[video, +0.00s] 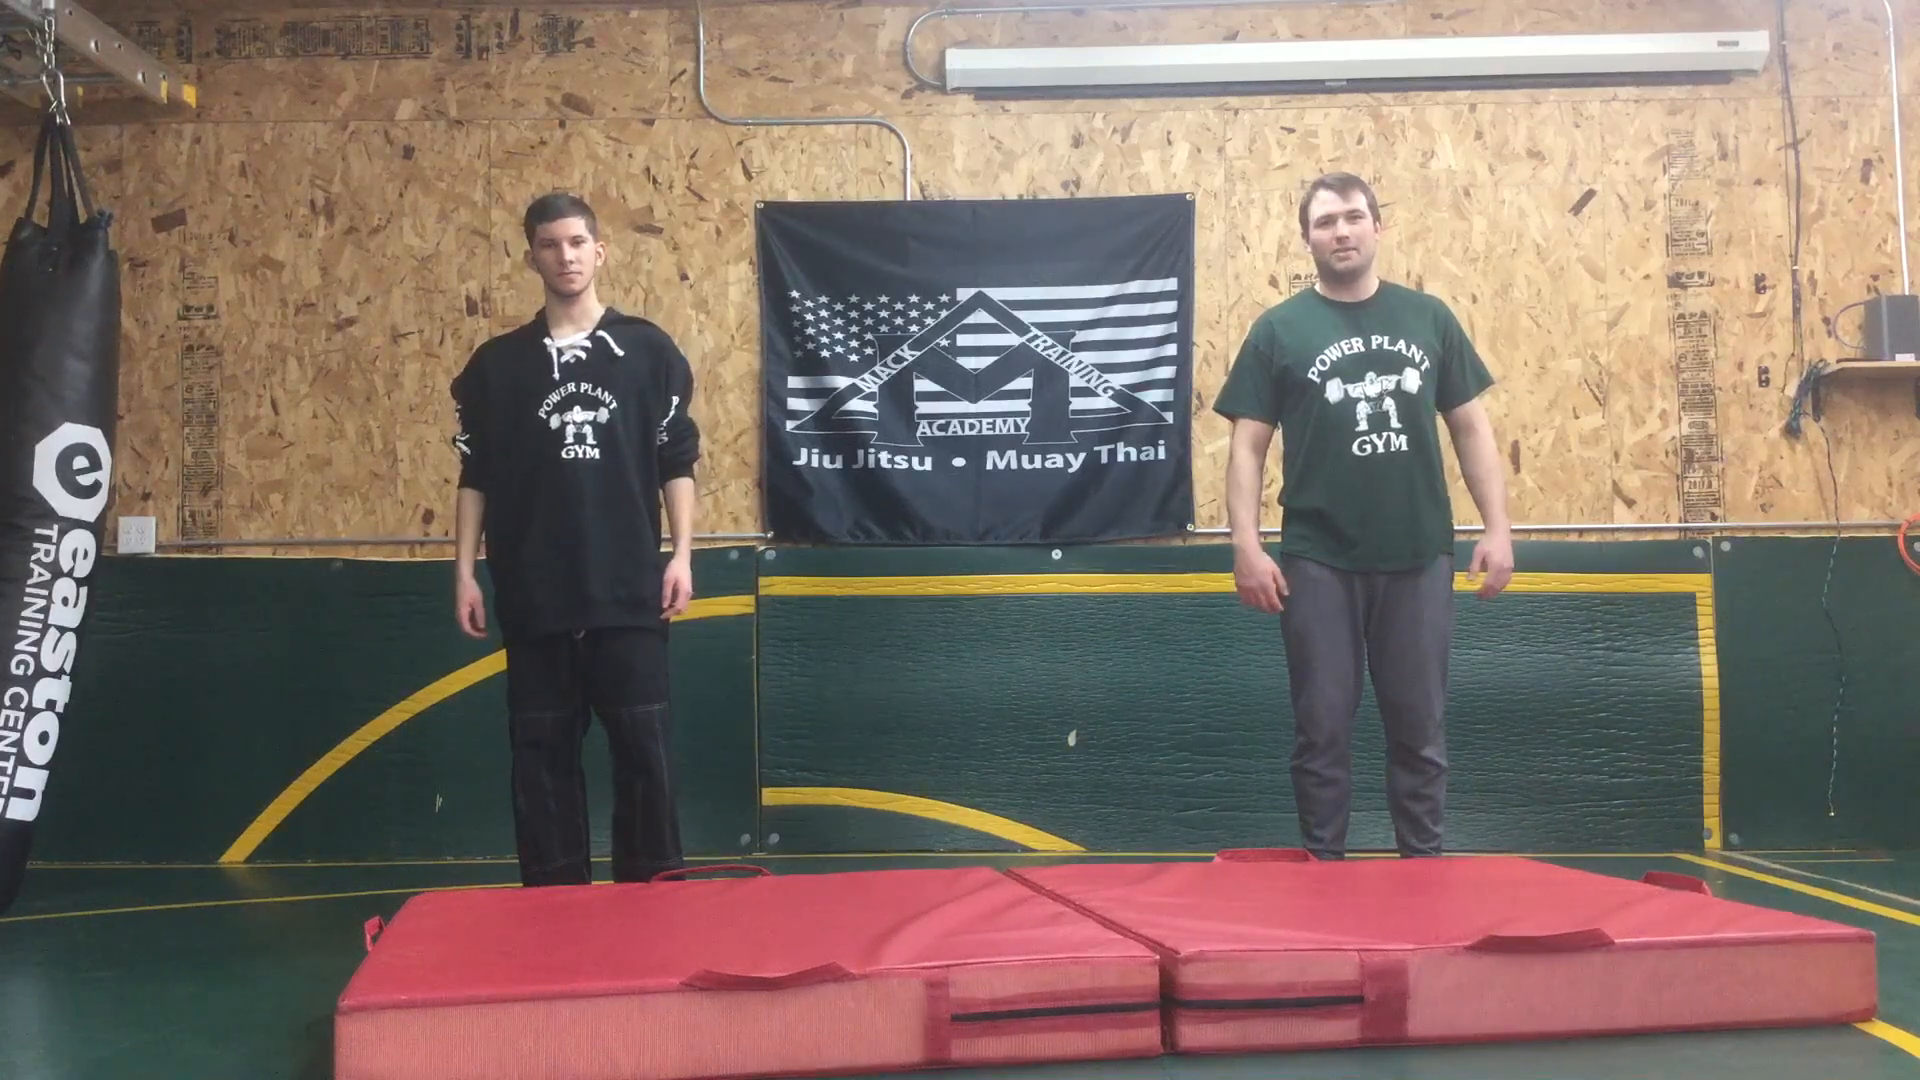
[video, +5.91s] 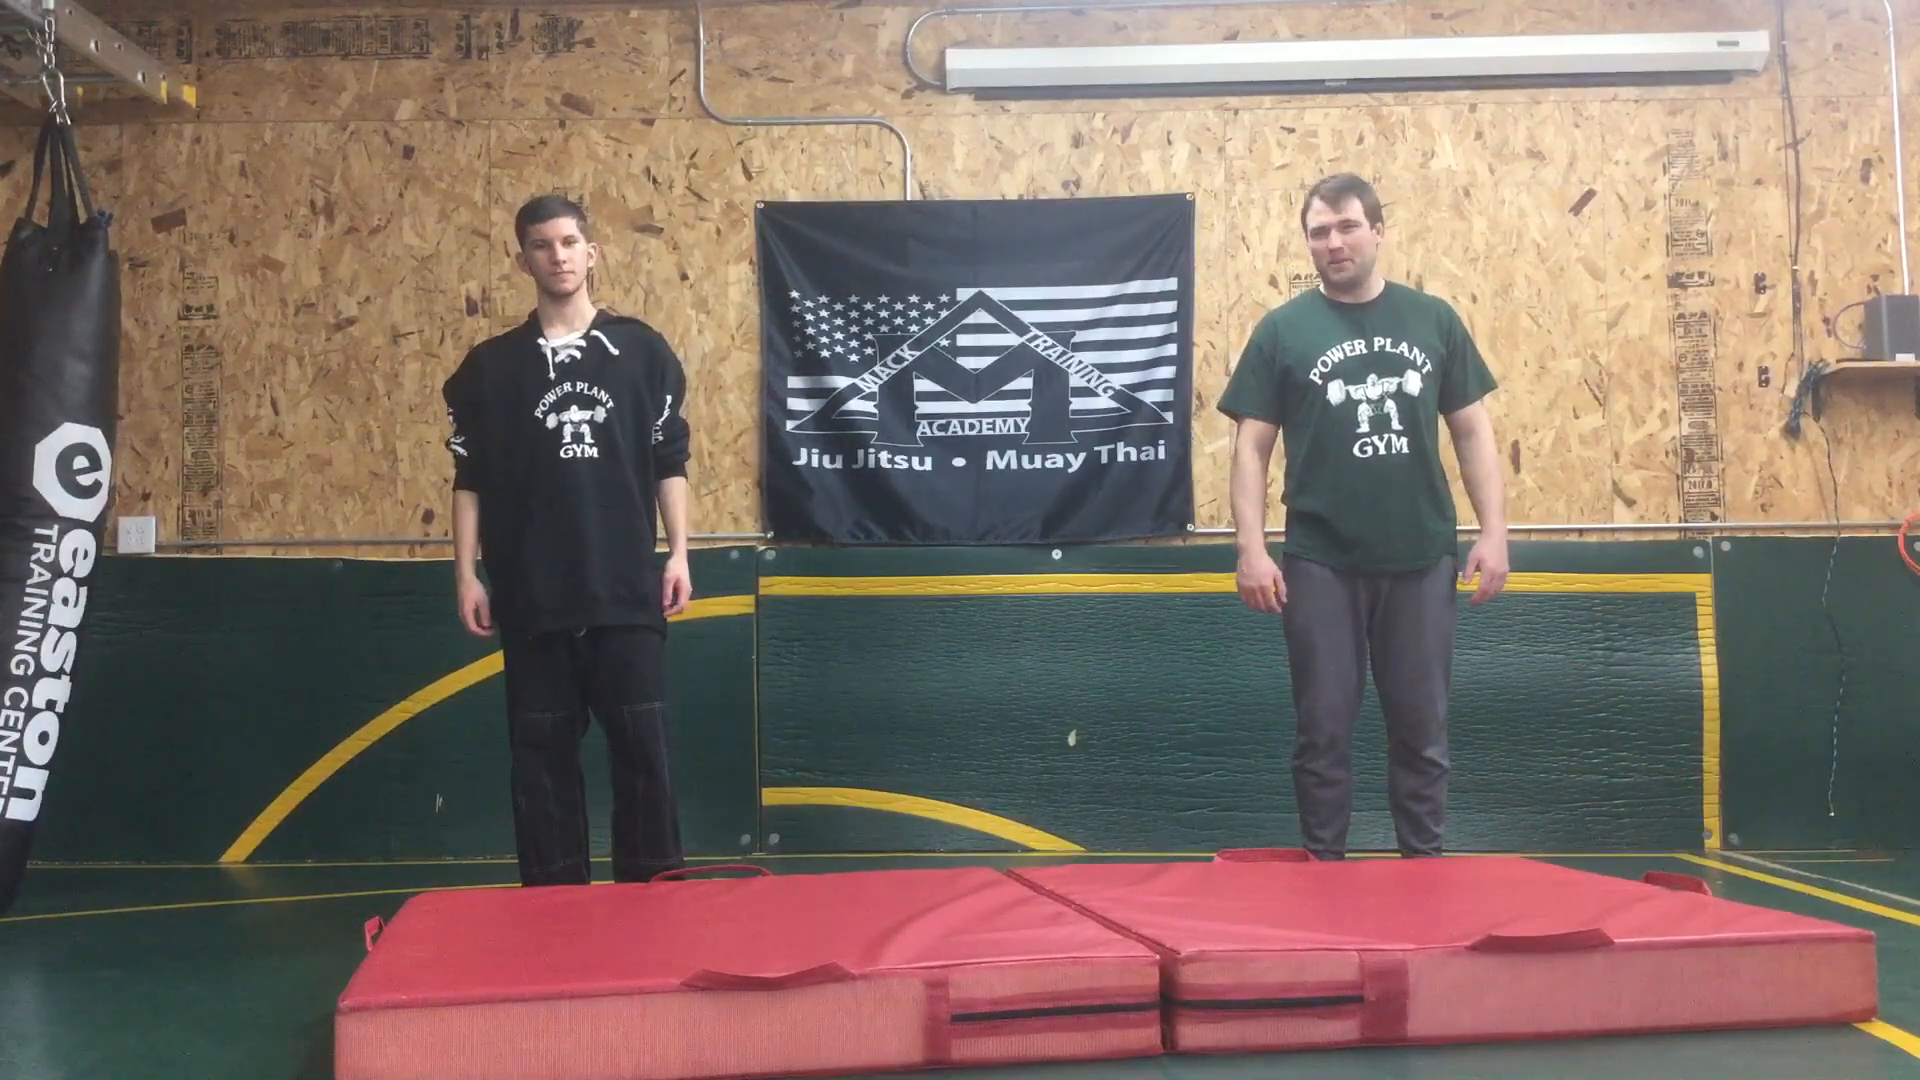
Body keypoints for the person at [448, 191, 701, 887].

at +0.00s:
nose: (566, 256)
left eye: (576, 242)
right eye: (550, 246)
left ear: (598, 250)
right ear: (533, 259)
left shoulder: (648, 349)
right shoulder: (494, 363)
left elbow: (677, 459)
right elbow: (475, 474)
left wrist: (682, 551)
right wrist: (465, 570)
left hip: (628, 584)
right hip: (532, 590)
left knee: (644, 755)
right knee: (543, 762)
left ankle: (653, 904)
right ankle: (554, 910)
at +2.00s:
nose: (557, 257)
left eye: (567, 242)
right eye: (541, 248)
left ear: (590, 250)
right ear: (524, 262)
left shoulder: (643, 347)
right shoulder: (489, 365)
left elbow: (672, 459)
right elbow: (472, 478)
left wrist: (677, 553)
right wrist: (463, 573)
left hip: (626, 583)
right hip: (530, 590)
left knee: (643, 752)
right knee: (542, 761)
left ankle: (653, 903)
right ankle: (554, 911)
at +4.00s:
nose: (566, 255)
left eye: (576, 241)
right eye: (550, 245)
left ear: (597, 251)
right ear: (532, 260)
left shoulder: (649, 349)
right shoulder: (495, 365)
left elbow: (675, 460)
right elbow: (474, 475)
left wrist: (683, 550)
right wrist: (468, 570)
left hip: (630, 581)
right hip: (533, 587)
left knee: (645, 750)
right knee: (545, 757)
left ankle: (654, 900)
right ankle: (555, 907)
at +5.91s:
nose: (559, 256)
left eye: (569, 242)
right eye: (543, 246)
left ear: (590, 251)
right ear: (525, 261)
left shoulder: (643, 350)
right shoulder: (486, 366)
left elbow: (669, 461)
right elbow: (468, 480)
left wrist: (679, 551)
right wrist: (467, 574)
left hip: (625, 585)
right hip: (529, 591)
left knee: (643, 753)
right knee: (542, 764)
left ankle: (653, 906)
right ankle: (555, 914)